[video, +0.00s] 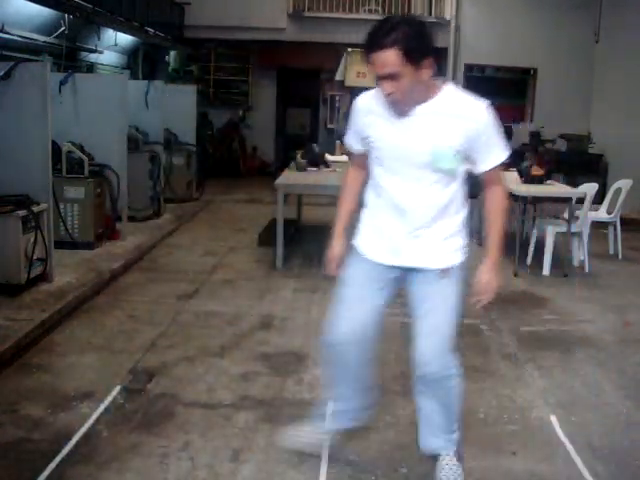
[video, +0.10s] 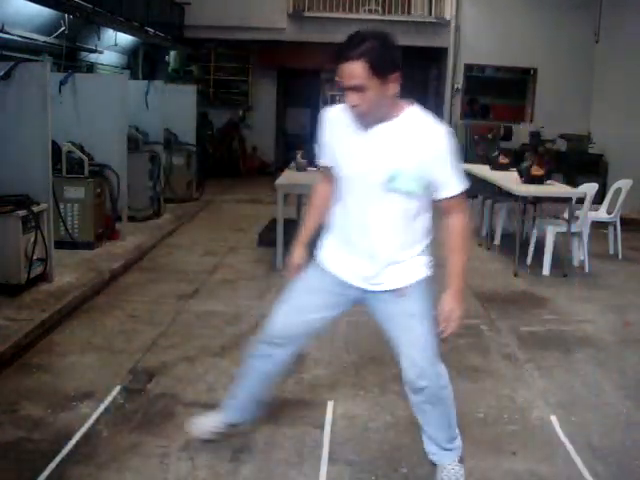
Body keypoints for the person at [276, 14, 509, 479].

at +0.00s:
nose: (383, 88)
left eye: (391, 77)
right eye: (376, 78)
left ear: (426, 67)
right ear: (370, 71)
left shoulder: (470, 114)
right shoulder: (367, 108)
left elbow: (494, 185)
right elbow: (357, 168)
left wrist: (491, 261)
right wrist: (339, 235)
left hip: (439, 257)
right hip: (374, 249)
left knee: (433, 361)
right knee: (343, 334)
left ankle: (445, 449)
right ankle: (343, 413)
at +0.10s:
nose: (348, 99)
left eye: (358, 89)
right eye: (344, 89)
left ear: (392, 83)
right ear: (339, 85)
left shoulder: (431, 136)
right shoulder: (334, 119)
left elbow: (455, 213)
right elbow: (326, 182)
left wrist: (454, 291)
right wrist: (301, 243)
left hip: (400, 278)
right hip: (334, 266)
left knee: (423, 373)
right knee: (277, 335)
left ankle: (447, 460)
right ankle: (235, 414)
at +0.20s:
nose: (312, 95)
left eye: (322, 85)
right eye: (306, 84)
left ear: (351, 80)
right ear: (300, 77)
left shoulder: (382, 136)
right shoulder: (288, 106)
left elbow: (401, 209)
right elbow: (272, 165)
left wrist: (405, 287)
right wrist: (253, 224)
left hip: (342, 271)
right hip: (277, 258)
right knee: (240, 338)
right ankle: (228, 419)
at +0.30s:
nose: (272, 82)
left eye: (283, 74)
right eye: (266, 71)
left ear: (311, 70)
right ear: (258, 64)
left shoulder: (336, 122)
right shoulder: (242, 92)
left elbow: (353, 191)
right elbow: (223, 141)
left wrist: (355, 266)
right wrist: (207, 202)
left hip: (294, 250)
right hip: (234, 240)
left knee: (299, 344)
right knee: (212, 324)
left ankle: (344, 420)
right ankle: (222, 410)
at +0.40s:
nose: (234, 87)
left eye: (244, 78)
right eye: (227, 76)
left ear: (269, 71)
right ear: (217, 67)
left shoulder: (297, 115)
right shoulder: (202, 95)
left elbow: (320, 179)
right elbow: (189, 144)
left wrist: (311, 251)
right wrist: (165, 199)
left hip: (257, 246)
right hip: (200, 232)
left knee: (226, 343)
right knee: (161, 312)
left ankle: (215, 409)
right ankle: (172, 387)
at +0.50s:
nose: (201, 107)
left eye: (212, 98)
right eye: (194, 97)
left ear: (234, 91)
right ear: (185, 89)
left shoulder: (262, 132)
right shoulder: (169, 115)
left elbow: (288, 189)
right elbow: (160, 165)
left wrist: (274, 259)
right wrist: (133, 220)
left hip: (219, 267)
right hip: (163, 251)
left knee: (187, 354)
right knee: (117, 324)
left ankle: (174, 413)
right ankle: (81, 398)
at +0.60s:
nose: (177, 135)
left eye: (186, 125)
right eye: (168, 125)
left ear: (203, 118)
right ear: (156, 117)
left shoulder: (227, 160)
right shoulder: (136, 140)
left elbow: (248, 221)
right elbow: (126, 192)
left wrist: (242, 289)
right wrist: (104, 250)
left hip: (188, 281)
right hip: (130, 270)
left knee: (175, 364)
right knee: (88, 342)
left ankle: (180, 419)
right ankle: (52, 407)